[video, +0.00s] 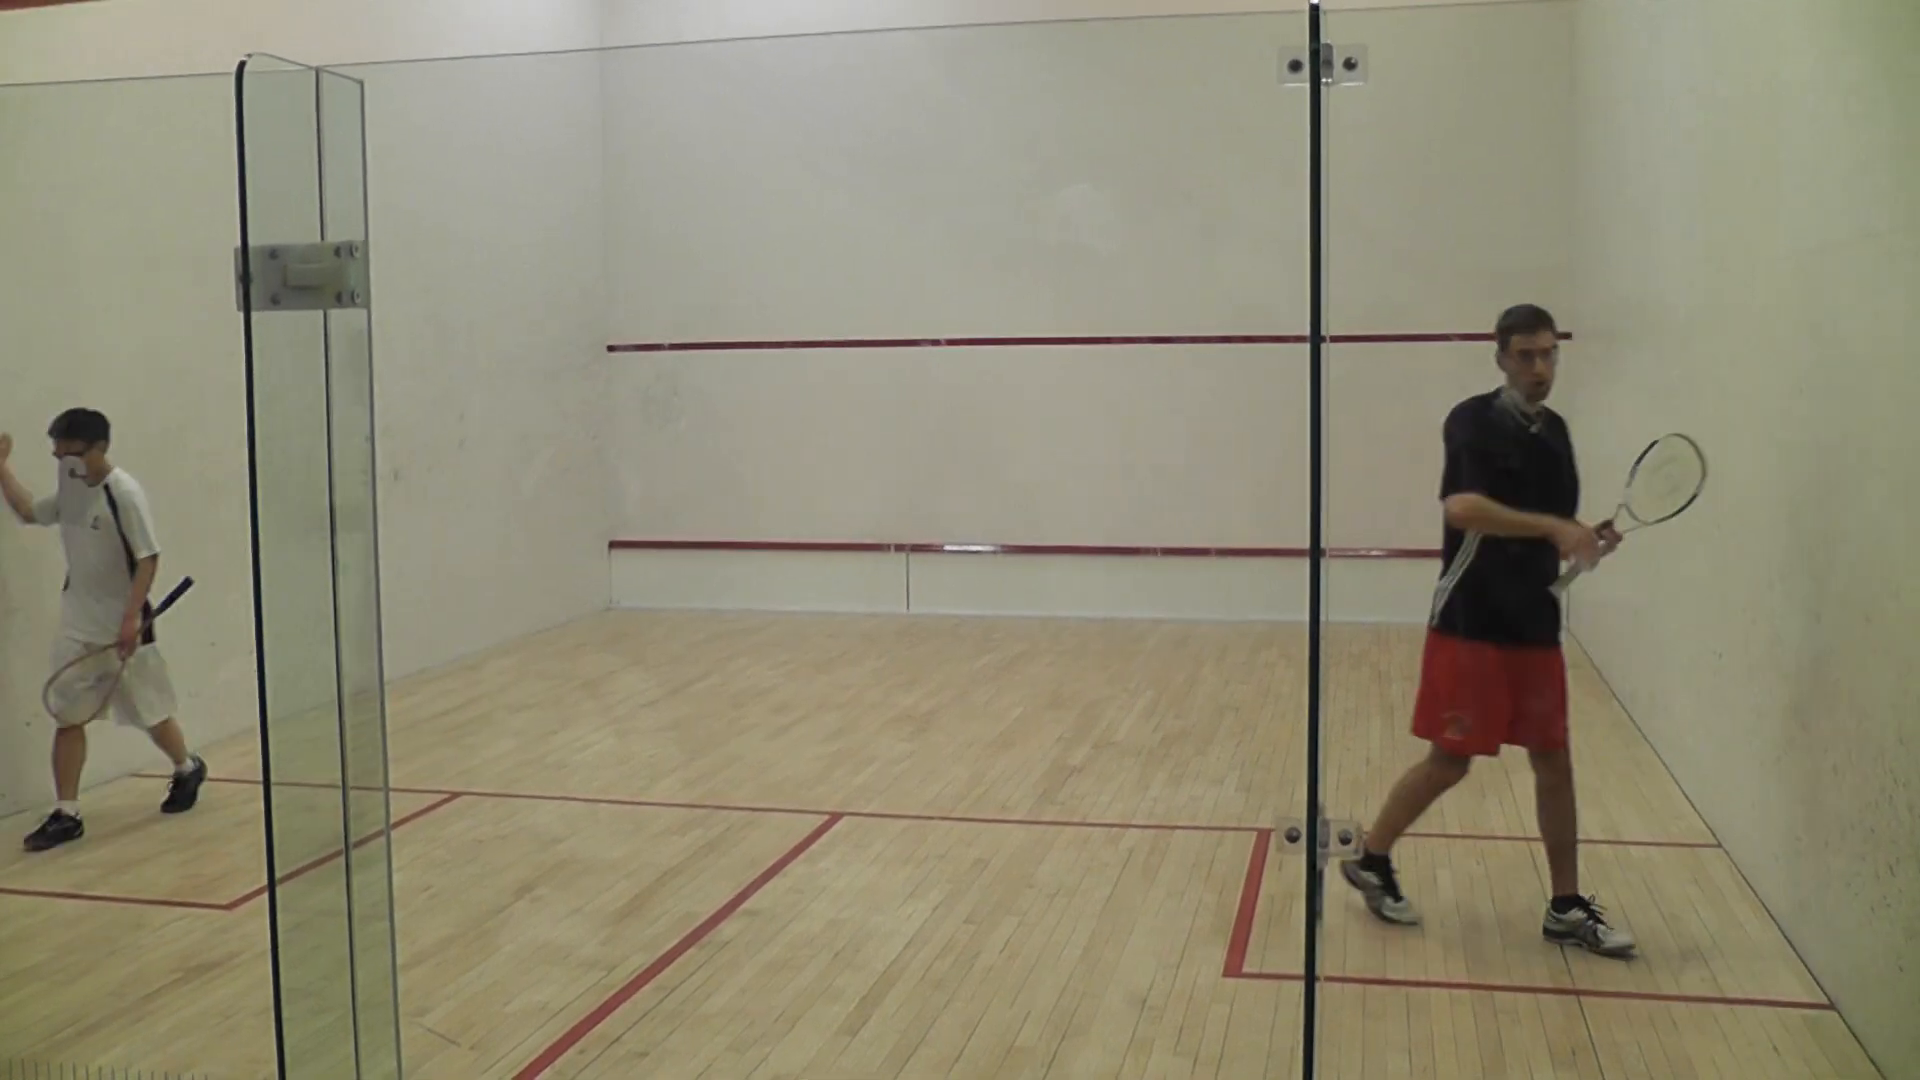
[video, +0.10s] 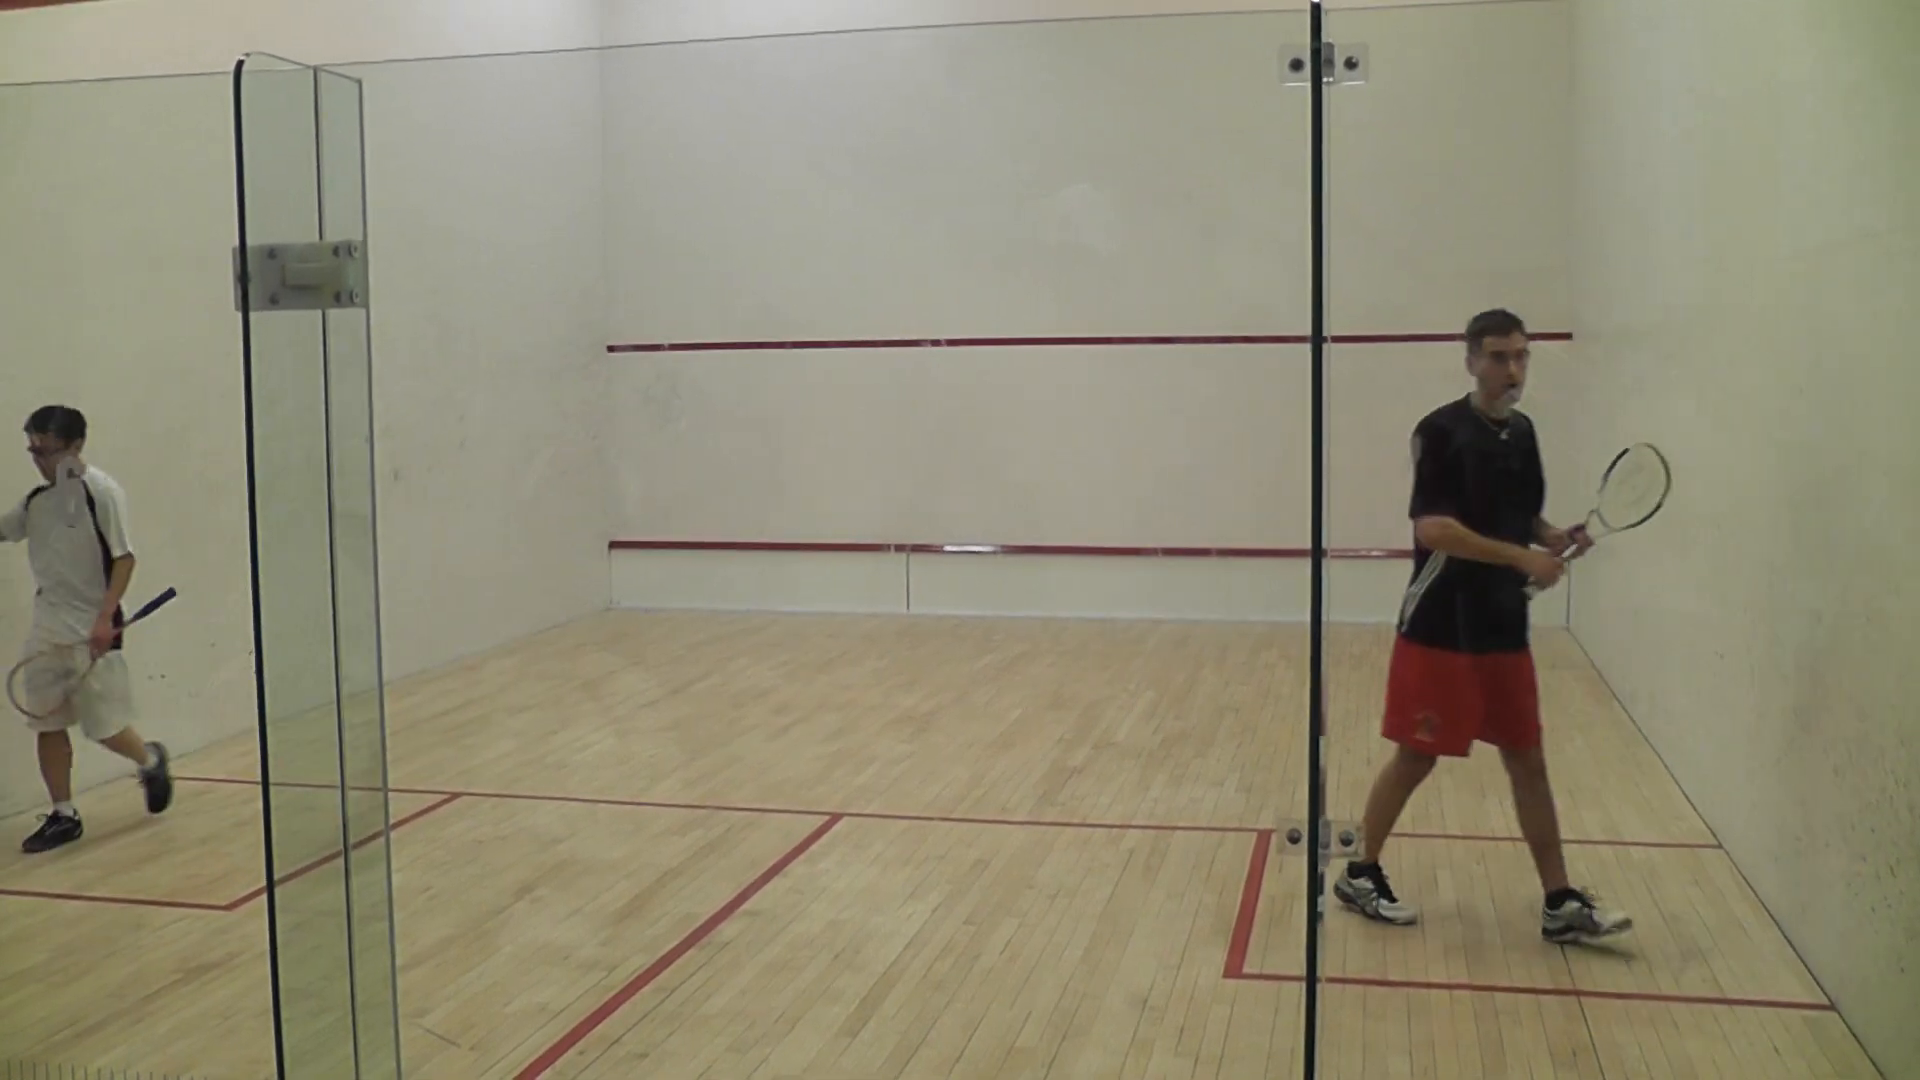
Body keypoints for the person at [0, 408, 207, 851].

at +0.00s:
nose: (66, 465)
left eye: (72, 456)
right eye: (62, 457)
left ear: (100, 449)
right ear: (62, 455)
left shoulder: (123, 492)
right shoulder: (71, 487)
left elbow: (148, 558)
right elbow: (30, 511)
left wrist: (132, 617)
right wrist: (3, 468)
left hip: (124, 625)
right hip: (79, 624)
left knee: (150, 710)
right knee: (68, 717)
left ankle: (187, 769)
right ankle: (66, 813)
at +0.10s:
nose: (35, 456)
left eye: (43, 449)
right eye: (32, 448)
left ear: (73, 447)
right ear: (32, 448)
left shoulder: (100, 492)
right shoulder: (34, 501)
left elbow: (124, 559)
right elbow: (4, 530)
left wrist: (105, 617)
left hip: (93, 628)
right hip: (46, 628)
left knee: (101, 723)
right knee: (47, 720)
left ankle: (150, 761)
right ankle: (63, 814)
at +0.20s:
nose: (19, 455)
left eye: (27, 445)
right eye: (13, 445)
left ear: (55, 440)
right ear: (9, 442)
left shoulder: (80, 484)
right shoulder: (10, 496)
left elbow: (107, 550)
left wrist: (84, 606)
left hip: (67, 623)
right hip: (20, 624)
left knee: (63, 721)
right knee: (36, 723)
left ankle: (100, 784)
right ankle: (60, 811)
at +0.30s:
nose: (3, 457)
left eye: (12, 446)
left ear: (36, 445)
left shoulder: (57, 486)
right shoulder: (4, 491)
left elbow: (91, 547)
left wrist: (70, 603)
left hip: (45, 626)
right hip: (5, 627)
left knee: (36, 726)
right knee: (32, 725)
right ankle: (59, 810)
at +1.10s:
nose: (70, 442)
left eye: (74, 433)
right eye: (59, 433)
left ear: (74, 438)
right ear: (23, 434)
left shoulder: (83, 500)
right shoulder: (2, 502)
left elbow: (101, 564)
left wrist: (100, 578)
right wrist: (2, 631)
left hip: (68, 660)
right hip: (12, 664)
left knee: (78, 764)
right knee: (7, 778)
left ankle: (35, 826)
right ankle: (1, 878)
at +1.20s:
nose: (101, 437)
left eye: (103, 427)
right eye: (90, 427)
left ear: (101, 432)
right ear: (54, 430)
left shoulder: (105, 496)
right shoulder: (18, 496)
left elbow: (122, 559)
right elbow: (1, 580)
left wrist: (138, 576)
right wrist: (49, 629)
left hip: (93, 651)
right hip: (31, 660)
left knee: (124, 751)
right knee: (20, 773)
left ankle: (91, 855)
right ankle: (9, 875)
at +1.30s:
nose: (141, 445)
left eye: (144, 435)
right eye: (129, 434)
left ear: (144, 439)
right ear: (94, 437)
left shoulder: (144, 507)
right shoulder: (63, 502)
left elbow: (153, 575)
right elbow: (39, 585)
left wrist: (179, 588)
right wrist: (105, 634)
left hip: (126, 664)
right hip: (68, 668)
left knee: (156, 765)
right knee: (46, 776)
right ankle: (26, 878)